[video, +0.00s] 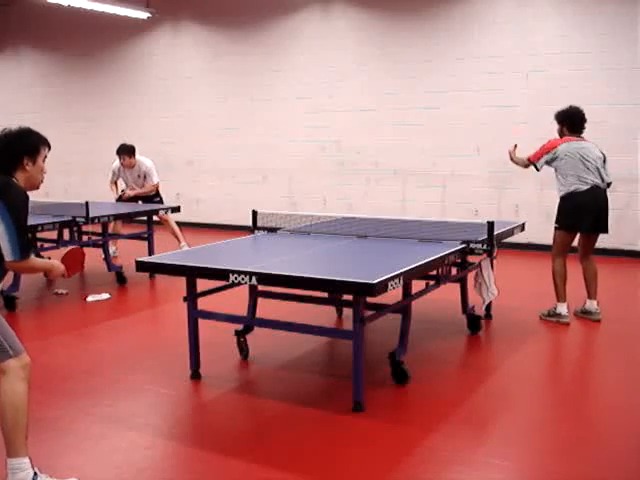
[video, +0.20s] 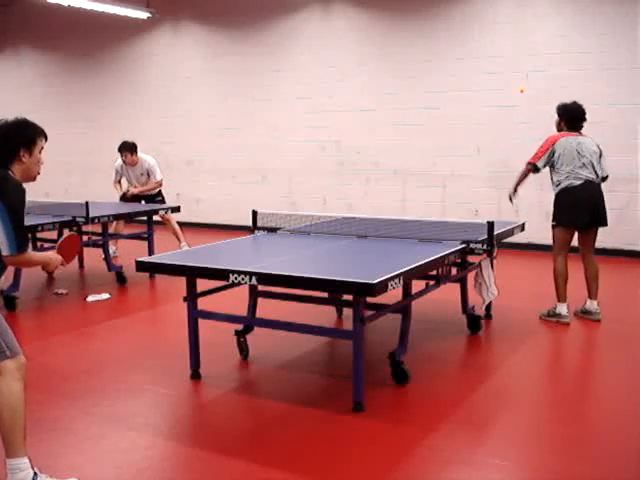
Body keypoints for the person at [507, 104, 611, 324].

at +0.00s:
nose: (557, 129)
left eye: (558, 126)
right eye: (557, 126)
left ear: (564, 127)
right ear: (581, 127)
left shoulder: (556, 145)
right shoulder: (595, 149)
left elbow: (527, 162)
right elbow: (605, 182)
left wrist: (513, 157)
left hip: (572, 201)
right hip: (598, 201)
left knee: (559, 254)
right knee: (586, 254)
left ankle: (561, 308)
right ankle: (592, 304)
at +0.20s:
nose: (556, 122)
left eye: (557, 119)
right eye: (557, 119)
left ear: (562, 122)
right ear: (581, 123)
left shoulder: (555, 141)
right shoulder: (593, 145)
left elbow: (532, 166)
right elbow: (603, 175)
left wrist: (515, 187)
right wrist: (584, 183)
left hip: (567, 196)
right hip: (594, 196)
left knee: (560, 253)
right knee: (588, 252)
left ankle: (561, 307)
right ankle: (592, 304)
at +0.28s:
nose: (553, 123)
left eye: (555, 120)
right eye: (555, 119)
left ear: (559, 122)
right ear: (578, 123)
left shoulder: (552, 141)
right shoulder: (590, 145)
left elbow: (536, 169)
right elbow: (603, 170)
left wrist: (525, 196)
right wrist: (588, 185)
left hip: (565, 196)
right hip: (592, 196)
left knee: (560, 253)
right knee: (588, 253)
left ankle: (561, 307)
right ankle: (593, 304)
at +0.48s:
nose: (541, 133)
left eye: (543, 130)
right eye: (542, 130)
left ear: (547, 132)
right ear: (565, 131)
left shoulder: (542, 150)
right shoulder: (579, 144)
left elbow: (548, 172)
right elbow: (596, 155)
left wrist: (555, 194)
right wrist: (608, 183)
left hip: (565, 197)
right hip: (589, 196)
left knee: (552, 252)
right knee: (585, 252)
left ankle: (560, 306)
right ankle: (592, 304)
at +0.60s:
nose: (522, 146)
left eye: (523, 142)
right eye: (522, 142)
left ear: (530, 143)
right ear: (544, 141)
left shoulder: (534, 160)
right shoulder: (564, 150)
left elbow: (548, 183)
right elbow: (588, 166)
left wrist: (556, 211)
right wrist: (609, 162)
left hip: (565, 202)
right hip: (587, 198)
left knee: (538, 251)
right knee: (579, 255)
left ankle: (554, 303)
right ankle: (591, 303)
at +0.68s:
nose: (508, 154)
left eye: (510, 150)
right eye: (509, 149)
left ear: (521, 151)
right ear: (529, 148)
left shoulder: (531, 168)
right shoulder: (548, 155)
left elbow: (546, 199)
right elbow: (571, 162)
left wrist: (546, 228)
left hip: (561, 211)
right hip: (581, 205)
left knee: (530, 254)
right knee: (570, 259)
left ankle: (550, 302)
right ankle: (589, 301)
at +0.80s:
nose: (502, 164)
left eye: (505, 160)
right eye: (502, 160)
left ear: (517, 161)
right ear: (520, 160)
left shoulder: (527, 179)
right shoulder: (533, 167)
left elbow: (539, 215)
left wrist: (531, 244)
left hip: (555, 218)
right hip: (567, 214)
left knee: (521, 260)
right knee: (536, 256)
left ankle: (549, 303)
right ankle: (572, 280)